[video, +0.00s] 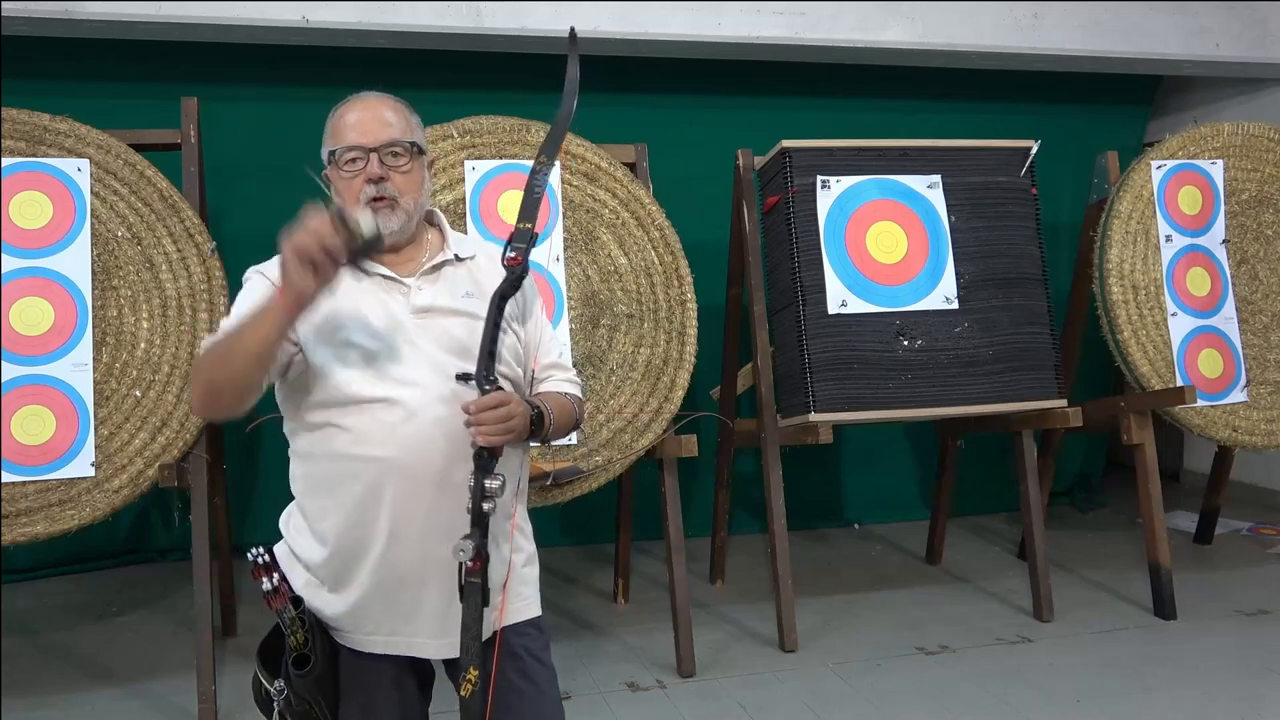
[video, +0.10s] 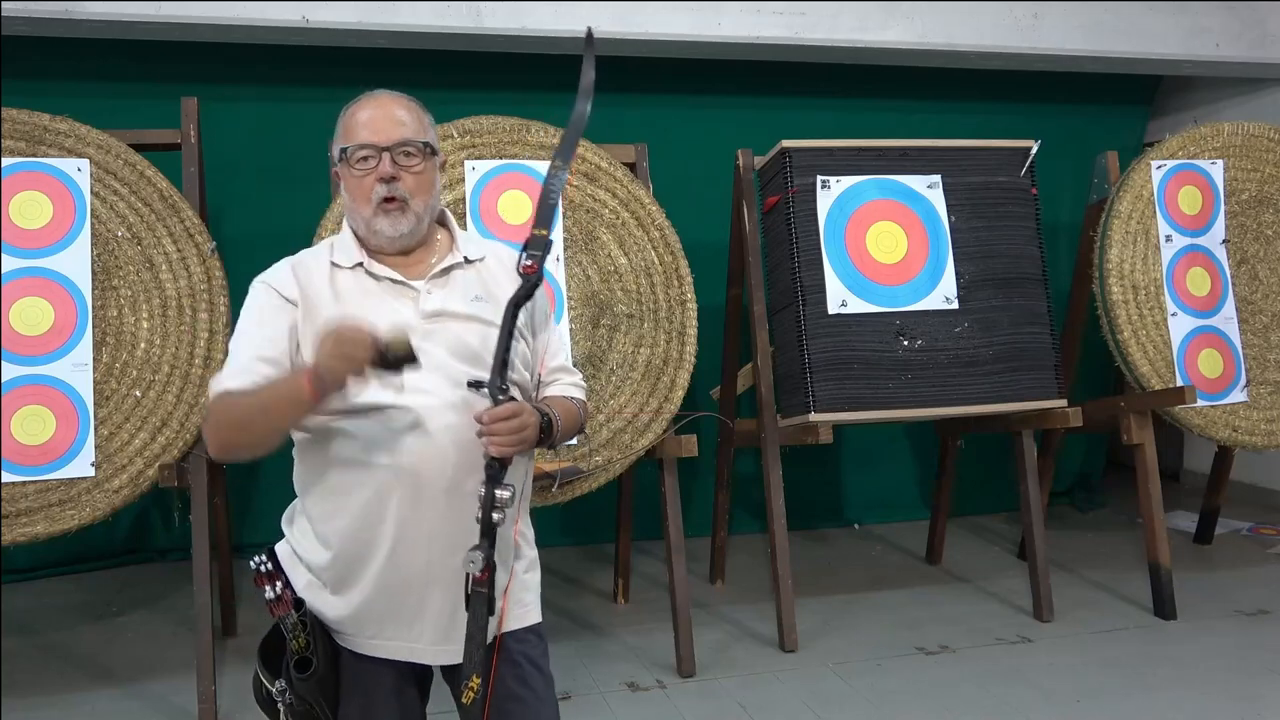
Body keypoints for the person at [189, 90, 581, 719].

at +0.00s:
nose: (376, 173)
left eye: (398, 154)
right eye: (353, 159)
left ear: (427, 168)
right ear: (328, 179)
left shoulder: (499, 274)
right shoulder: (287, 282)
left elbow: (565, 397)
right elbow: (213, 400)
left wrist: (532, 416)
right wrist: (288, 298)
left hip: (495, 592)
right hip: (355, 601)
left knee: (534, 713)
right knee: (369, 711)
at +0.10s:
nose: (388, 172)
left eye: (409, 153)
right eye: (364, 157)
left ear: (438, 169)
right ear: (338, 180)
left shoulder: (514, 277)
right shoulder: (290, 288)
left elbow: (569, 395)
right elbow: (222, 435)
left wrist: (542, 421)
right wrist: (318, 378)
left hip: (497, 599)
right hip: (357, 607)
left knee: (529, 712)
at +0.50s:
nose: (461, 170)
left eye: (485, 152)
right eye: (438, 149)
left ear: (512, 169)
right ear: (405, 159)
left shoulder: (555, 282)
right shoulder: (340, 268)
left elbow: (601, 403)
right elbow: (283, 438)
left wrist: (596, 447)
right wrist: (363, 339)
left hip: (527, 615)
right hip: (382, 618)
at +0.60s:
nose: (503, 167)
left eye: (521, 149)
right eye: (476, 145)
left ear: (533, 164)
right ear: (422, 156)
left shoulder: (568, 283)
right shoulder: (351, 263)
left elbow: (611, 406)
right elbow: (293, 423)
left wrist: (614, 447)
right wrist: (375, 311)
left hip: (540, 630)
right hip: (388, 633)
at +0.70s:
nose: (559, 169)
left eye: (563, 150)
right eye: (535, 146)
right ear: (460, 156)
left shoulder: (577, 285)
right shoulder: (364, 262)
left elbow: (607, 420)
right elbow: (294, 430)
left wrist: (622, 453)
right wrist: (407, 327)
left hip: (550, 631)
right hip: (402, 633)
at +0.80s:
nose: (583, 175)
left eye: (581, 157)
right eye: (569, 154)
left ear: (503, 162)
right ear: (497, 160)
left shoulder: (577, 285)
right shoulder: (373, 262)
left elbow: (595, 423)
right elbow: (297, 444)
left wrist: (626, 451)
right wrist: (436, 402)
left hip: (562, 636)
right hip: (415, 648)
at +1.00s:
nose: (580, 182)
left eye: (581, 162)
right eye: (573, 159)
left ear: (517, 162)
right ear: (521, 161)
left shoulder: (538, 265)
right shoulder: (372, 265)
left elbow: (534, 425)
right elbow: (289, 450)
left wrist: (629, 432)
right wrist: (449, 484)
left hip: (552, 649)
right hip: (430, 667)